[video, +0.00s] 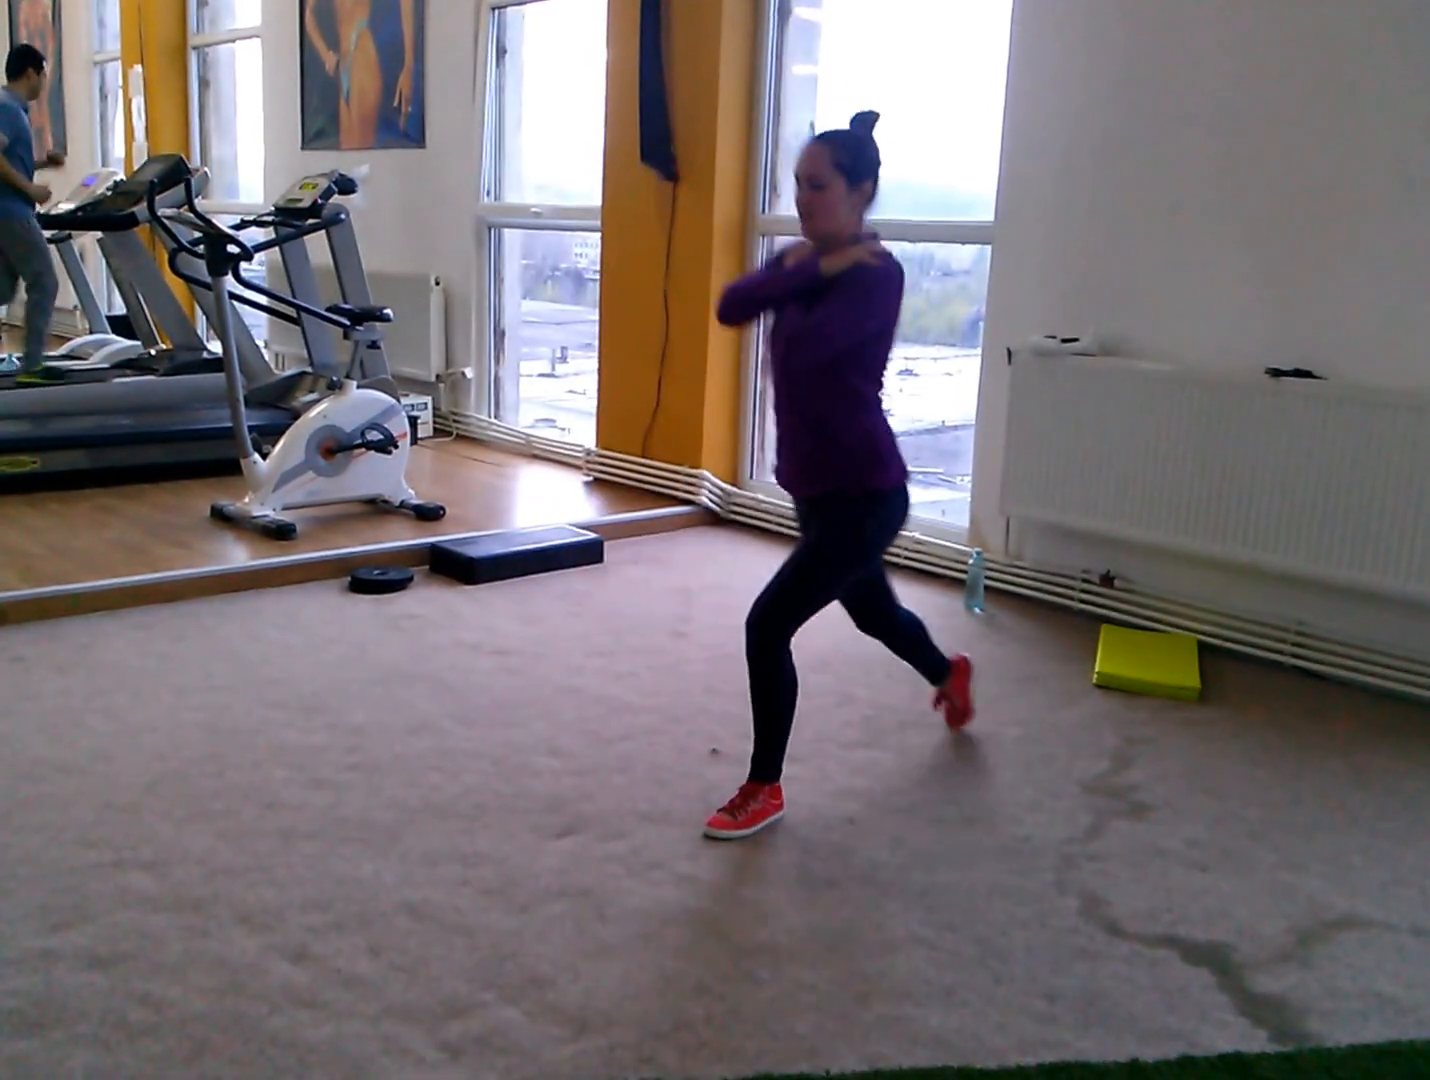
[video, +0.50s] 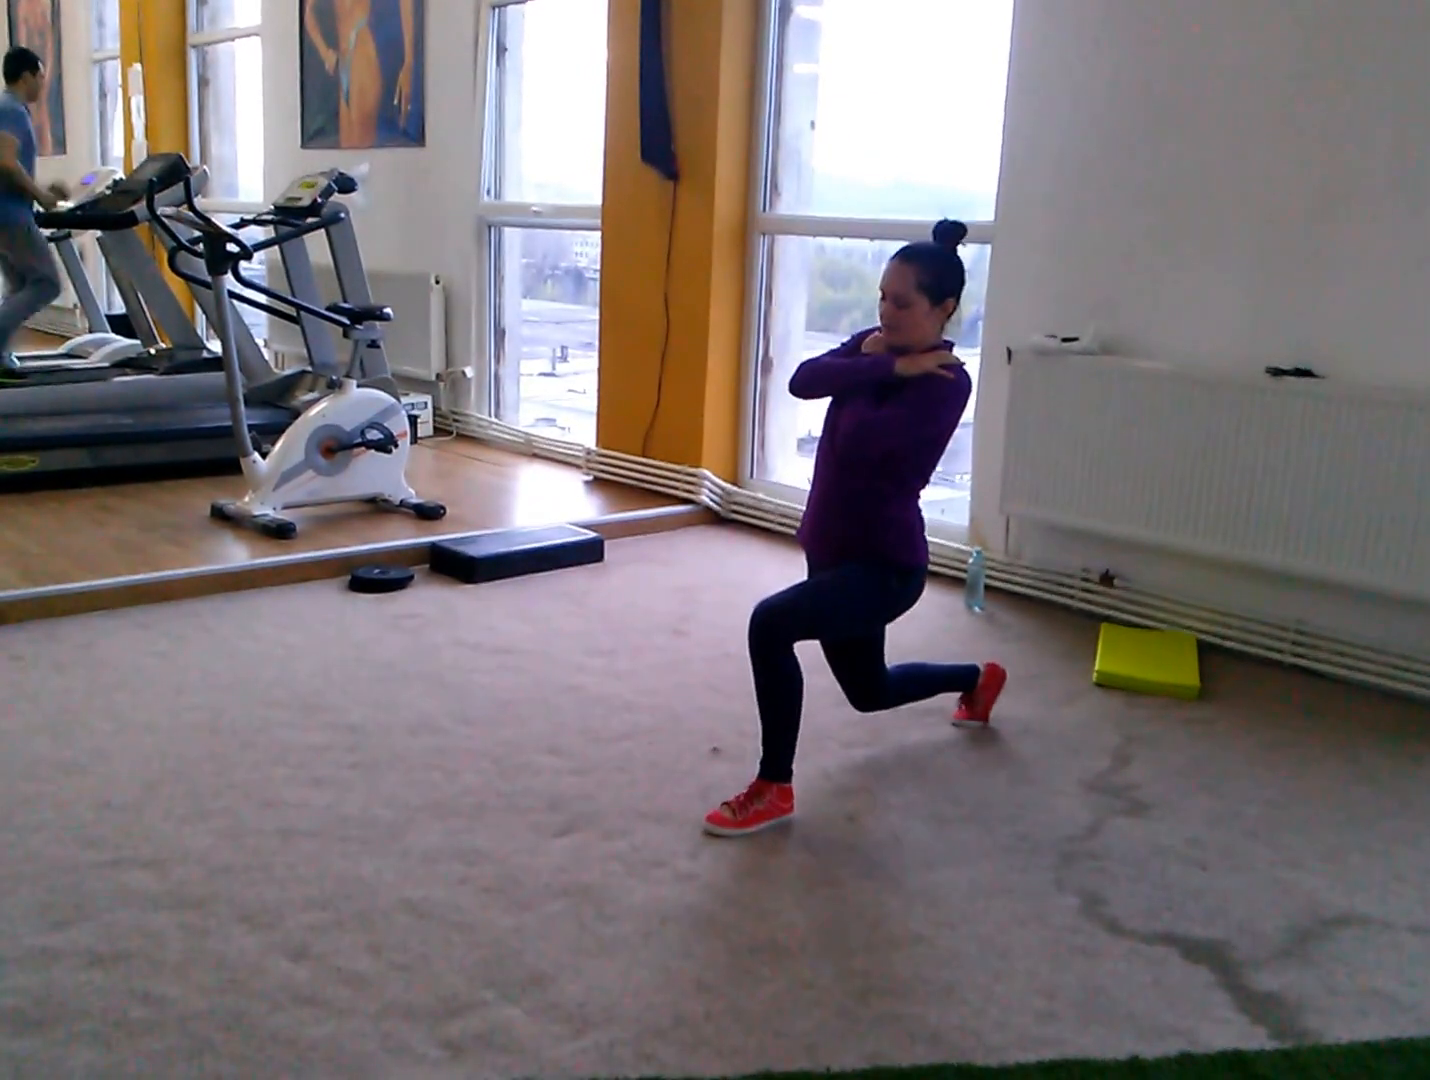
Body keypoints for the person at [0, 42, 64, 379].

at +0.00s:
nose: (44, 83)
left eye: (43, 76)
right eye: (42, 75)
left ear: (18, 73)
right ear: (31, 73)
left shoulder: (15, 110)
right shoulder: (10, 110)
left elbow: (12, 161)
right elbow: (3, 158)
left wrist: (43, 162)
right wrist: (28, 188)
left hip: (13, 209)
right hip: (12, 210)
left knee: (5, 287)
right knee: (44, 280)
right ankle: (32, 363)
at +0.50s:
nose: (44, 83)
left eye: (43, 76)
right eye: (41, 76)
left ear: (16, 78)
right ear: (27, 76)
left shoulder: (11, 110)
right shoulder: (13, 111)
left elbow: (13, 169)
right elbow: (8, 162)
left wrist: (48, 189)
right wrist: (44, 196)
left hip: (10, 214)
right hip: (11, 215)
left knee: (19, 286)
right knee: (46, 283)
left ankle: (4, 352)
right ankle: (1, 339)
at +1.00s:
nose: (47, 72)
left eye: (47, 64)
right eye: (45, 64)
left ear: (20, 65)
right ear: (32, 64)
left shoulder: (11, 95)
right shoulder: (20, 99)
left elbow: (22, 149)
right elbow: (26, 150)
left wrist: (48, 155)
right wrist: (56, 158)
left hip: (16, 210)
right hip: (12, 211)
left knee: (50, 268)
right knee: (1, 285)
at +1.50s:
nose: (55, 71)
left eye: (54, 64)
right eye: (51, 64)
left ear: (31, 64)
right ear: (35, 63)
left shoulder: (24, 99)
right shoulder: (16, 98)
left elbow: (27, 152)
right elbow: (4, 143)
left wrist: (61, 147)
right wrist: (37, 170)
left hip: (15, 206)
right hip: (21, 206)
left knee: (14, 280)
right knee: (56, 274)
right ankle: (58, 358)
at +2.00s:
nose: (61, 79)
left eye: (61, 72)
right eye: (59, 72)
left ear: (33, 73)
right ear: (46, 72)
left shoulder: (19, 104)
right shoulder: (35, 107)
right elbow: (27, 157)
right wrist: (66, 192)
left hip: (18, 211)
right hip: (30, 212)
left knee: (44, 286)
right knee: (70, 281)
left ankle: (20, 357)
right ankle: (10, 326)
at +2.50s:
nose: (77, 75)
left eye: (76, 68)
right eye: (75, 68)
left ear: (47, 66)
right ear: (63, 66)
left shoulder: (22, 99)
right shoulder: (56, 102)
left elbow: (3, 144)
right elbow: (64, 155)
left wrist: (28, 160)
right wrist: (93, 159)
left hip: (31, 204)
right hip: (46, 207)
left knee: (86, 264)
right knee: (34, 280)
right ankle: (2, 351)